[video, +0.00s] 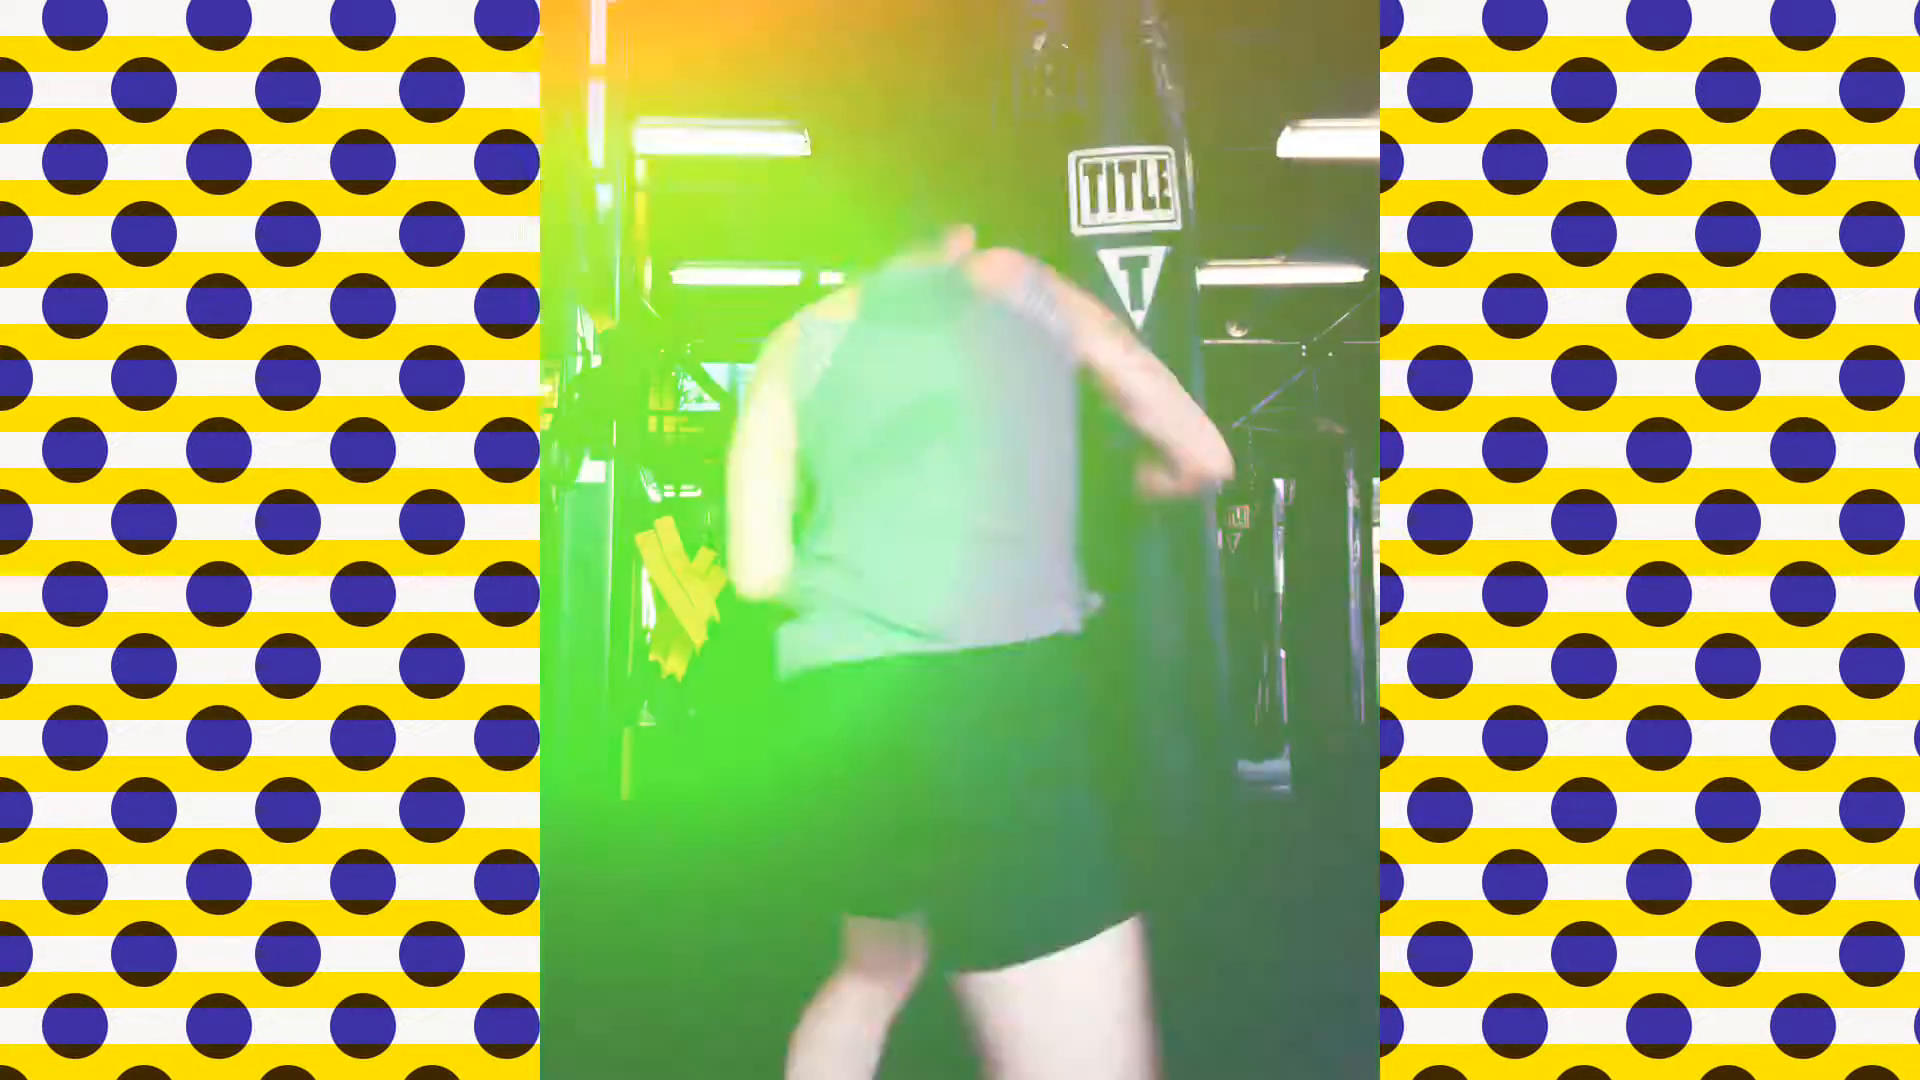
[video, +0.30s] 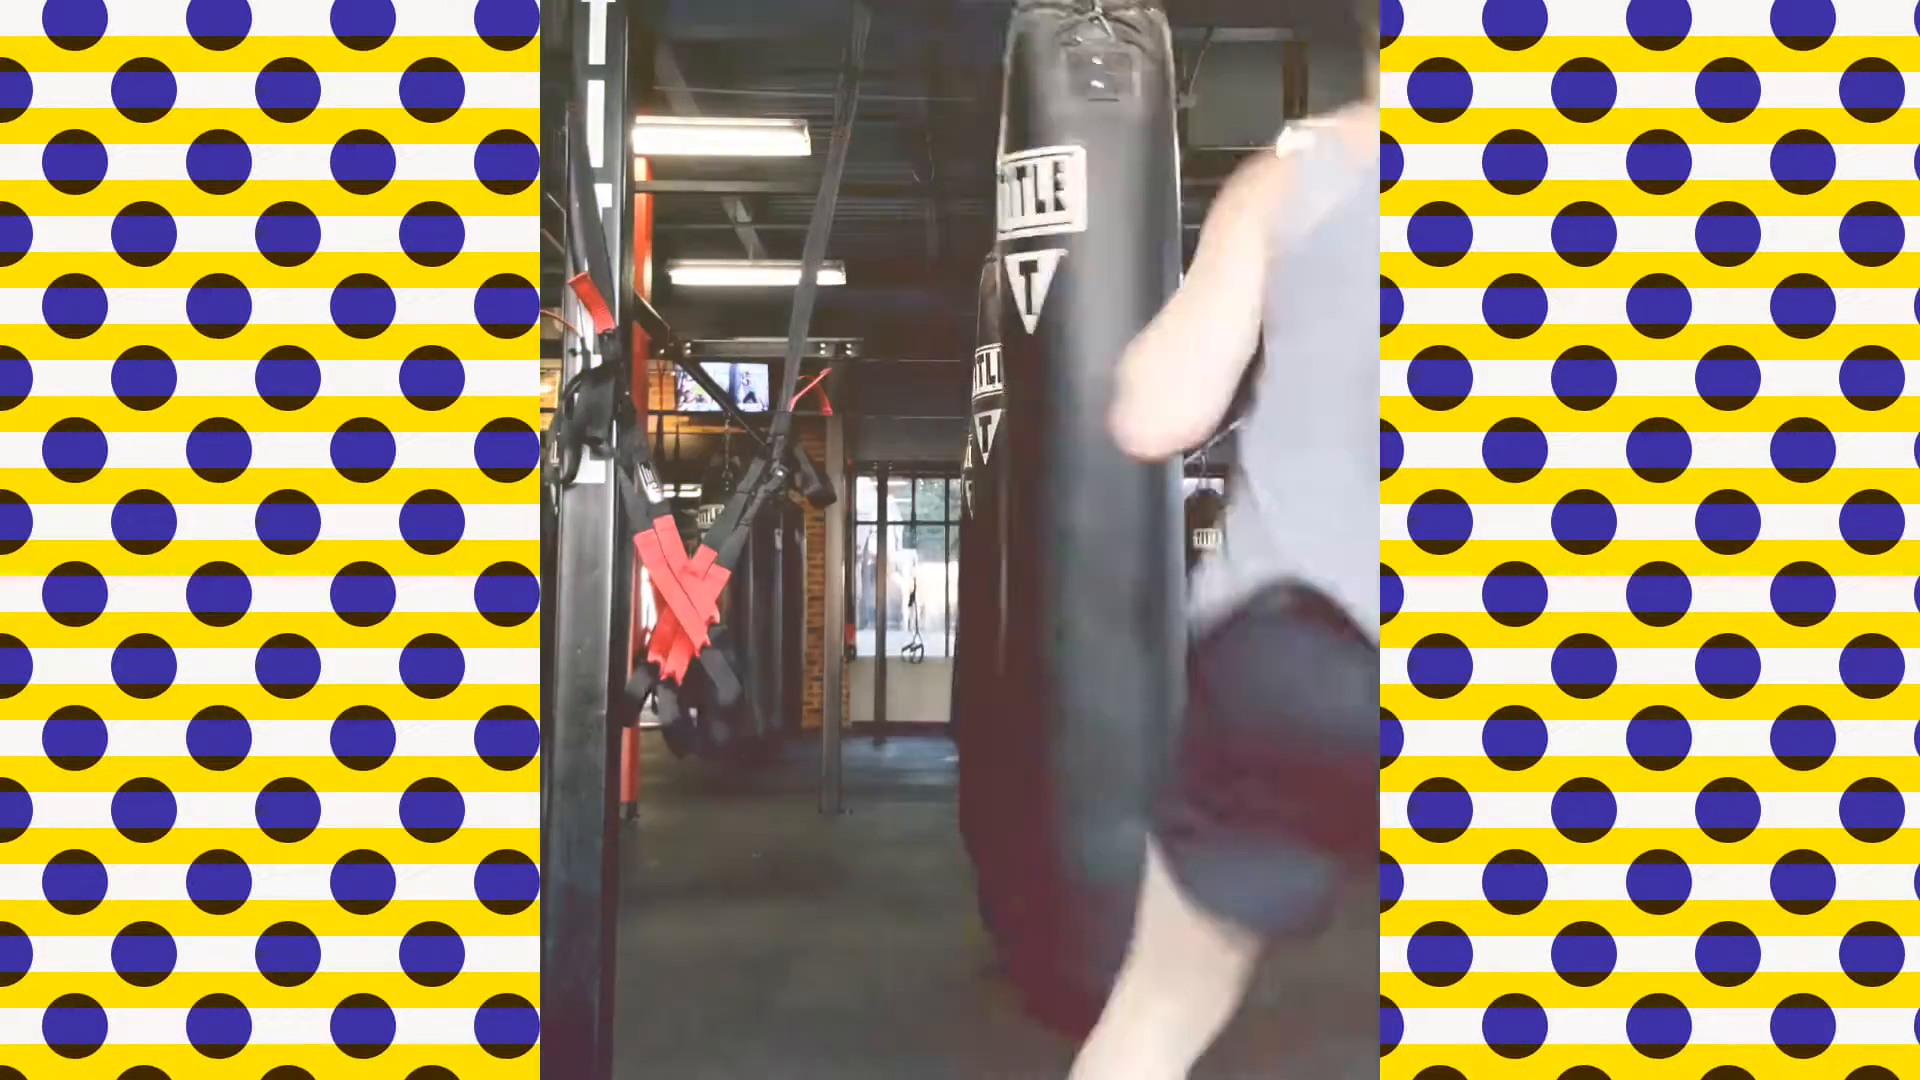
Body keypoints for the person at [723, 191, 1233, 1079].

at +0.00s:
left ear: (858, 227)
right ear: (964, 223)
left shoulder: (797, 344)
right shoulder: (1041, 298)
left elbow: (758, 569)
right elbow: (1200, 458)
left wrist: (881, 559)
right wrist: (1093, 480)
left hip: (840, 708)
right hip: (1013, 704)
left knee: (868, 970)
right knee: (1083, 1057)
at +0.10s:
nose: (1131, 120)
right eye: (1136, 103)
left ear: (1004, 112)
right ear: (1134, 105)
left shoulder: (935, 223)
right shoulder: (1235, 209)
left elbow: (909, 478)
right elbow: (1298, 466)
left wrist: (1027, 418)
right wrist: (1155, 440)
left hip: (1012, 654)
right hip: (1226, 648)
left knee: (910, 980)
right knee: (1375, 1021)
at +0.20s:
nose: (1179, 63)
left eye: (1180, 37)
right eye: (1179, 39)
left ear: (1198, 38)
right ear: (1346, 34)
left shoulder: (1154, 173)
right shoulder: (1427, 150)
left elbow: (1057, 420)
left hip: (1241, 663)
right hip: (1448, 646)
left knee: (1076, 1021)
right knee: (1503, 997)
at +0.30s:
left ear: (1380, 38)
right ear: (1516, 49)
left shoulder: (1297, 176)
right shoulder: (1591, 191)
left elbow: (1154, 417)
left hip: (1313, 652)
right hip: (1529, 672)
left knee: (1155, 1016)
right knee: (1514, 1025)